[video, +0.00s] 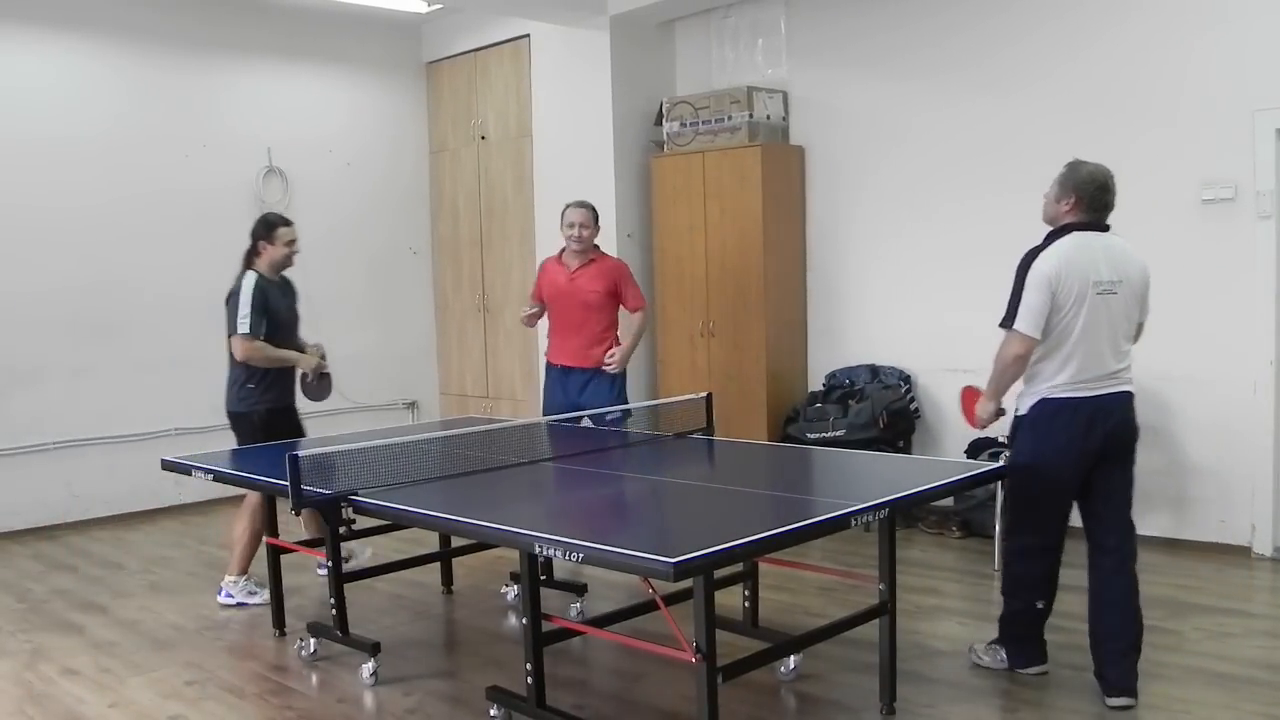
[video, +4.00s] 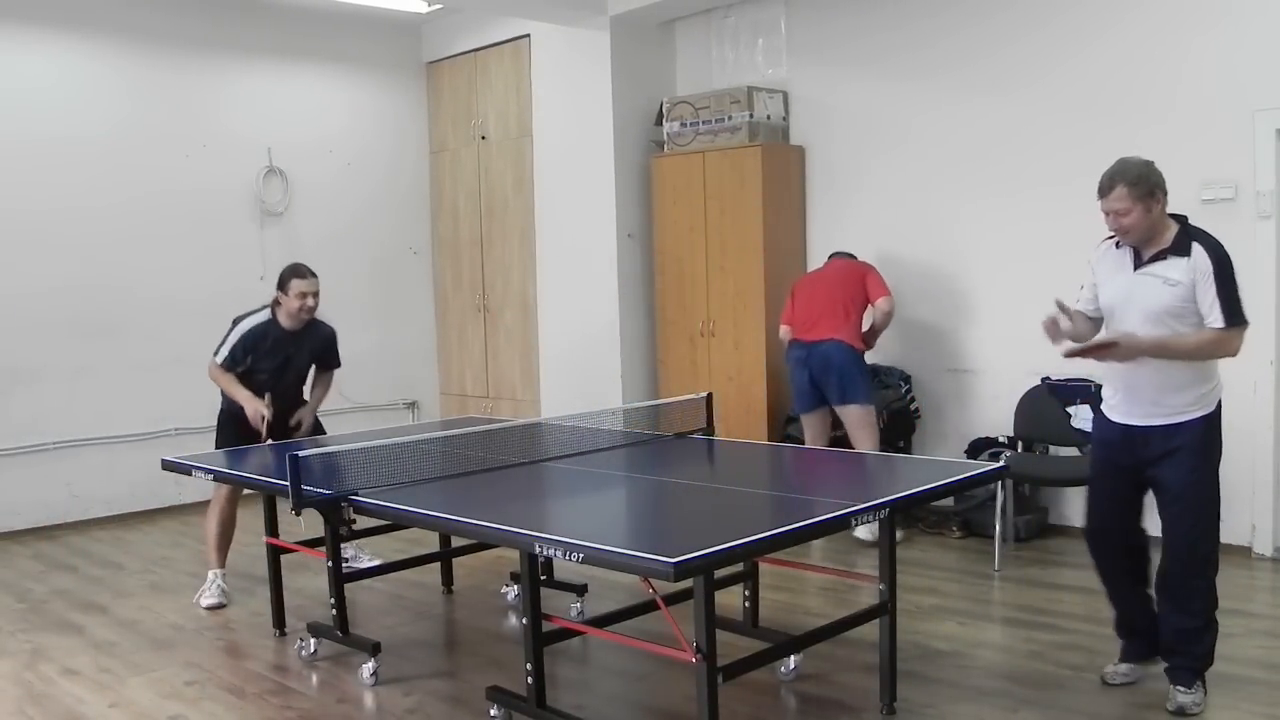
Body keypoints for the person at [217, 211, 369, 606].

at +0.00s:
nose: (294, 251)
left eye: (295, 244)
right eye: (288, 244)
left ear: (272, 247)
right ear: (263, 246)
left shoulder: (283, 285)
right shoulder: (249, 286)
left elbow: (283, 336)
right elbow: (243, 349)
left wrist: (309, 351)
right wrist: (298, 360)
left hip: (278, 403)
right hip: (254, 407)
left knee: (306, 481)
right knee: (261, 492)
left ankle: (328, 553)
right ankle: (234, 581)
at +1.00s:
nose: (320, 241)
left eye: (322, 235)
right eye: (312, 236)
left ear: (324, 240)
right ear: (291, 244)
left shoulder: (338, 280)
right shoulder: (272, 286)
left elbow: (356, 325)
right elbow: (252, 337)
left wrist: (348, 339)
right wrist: (292, 350)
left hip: (337, 393)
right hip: (292, 397)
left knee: (350, 462)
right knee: (296, 472)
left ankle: (346, 540)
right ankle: (306, 546)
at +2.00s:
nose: (310, 243)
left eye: (312, 236)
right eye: (301, 238)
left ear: (315, 241)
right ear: (281, 245)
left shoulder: (331, 283)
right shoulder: (263, 287)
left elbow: (350, 329)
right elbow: (242, 339)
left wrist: (341, 342)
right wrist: (287, 341)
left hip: (328, 402)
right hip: (281, 406)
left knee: (339, 476)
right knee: (276, 488)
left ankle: (342, 550)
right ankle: (270, 561)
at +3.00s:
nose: (310, 252)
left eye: (314, 245)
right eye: (302, 246)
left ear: (319, 248)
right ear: (282, 250)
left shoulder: (333, 289)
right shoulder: (262, 292)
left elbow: (347, 334)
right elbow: (239, 343)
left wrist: (337, 353)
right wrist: (282, 353)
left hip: (322, 405)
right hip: (274, 408)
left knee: (340, 476)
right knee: (268, 490)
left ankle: (348, 547)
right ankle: (267, 564)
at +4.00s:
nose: (310, 303)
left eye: (315, 296)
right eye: (302, 296)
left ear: (319, 296)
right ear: (280, 296)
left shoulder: (322, 334)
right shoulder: (250, 327)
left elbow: (325, 372)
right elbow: (216, 369)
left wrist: (312, 406)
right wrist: (248, 400)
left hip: (291, 413)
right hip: (242, 413)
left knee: (331, 471)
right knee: (227, 489)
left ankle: (342, 548)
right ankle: (215, 577)